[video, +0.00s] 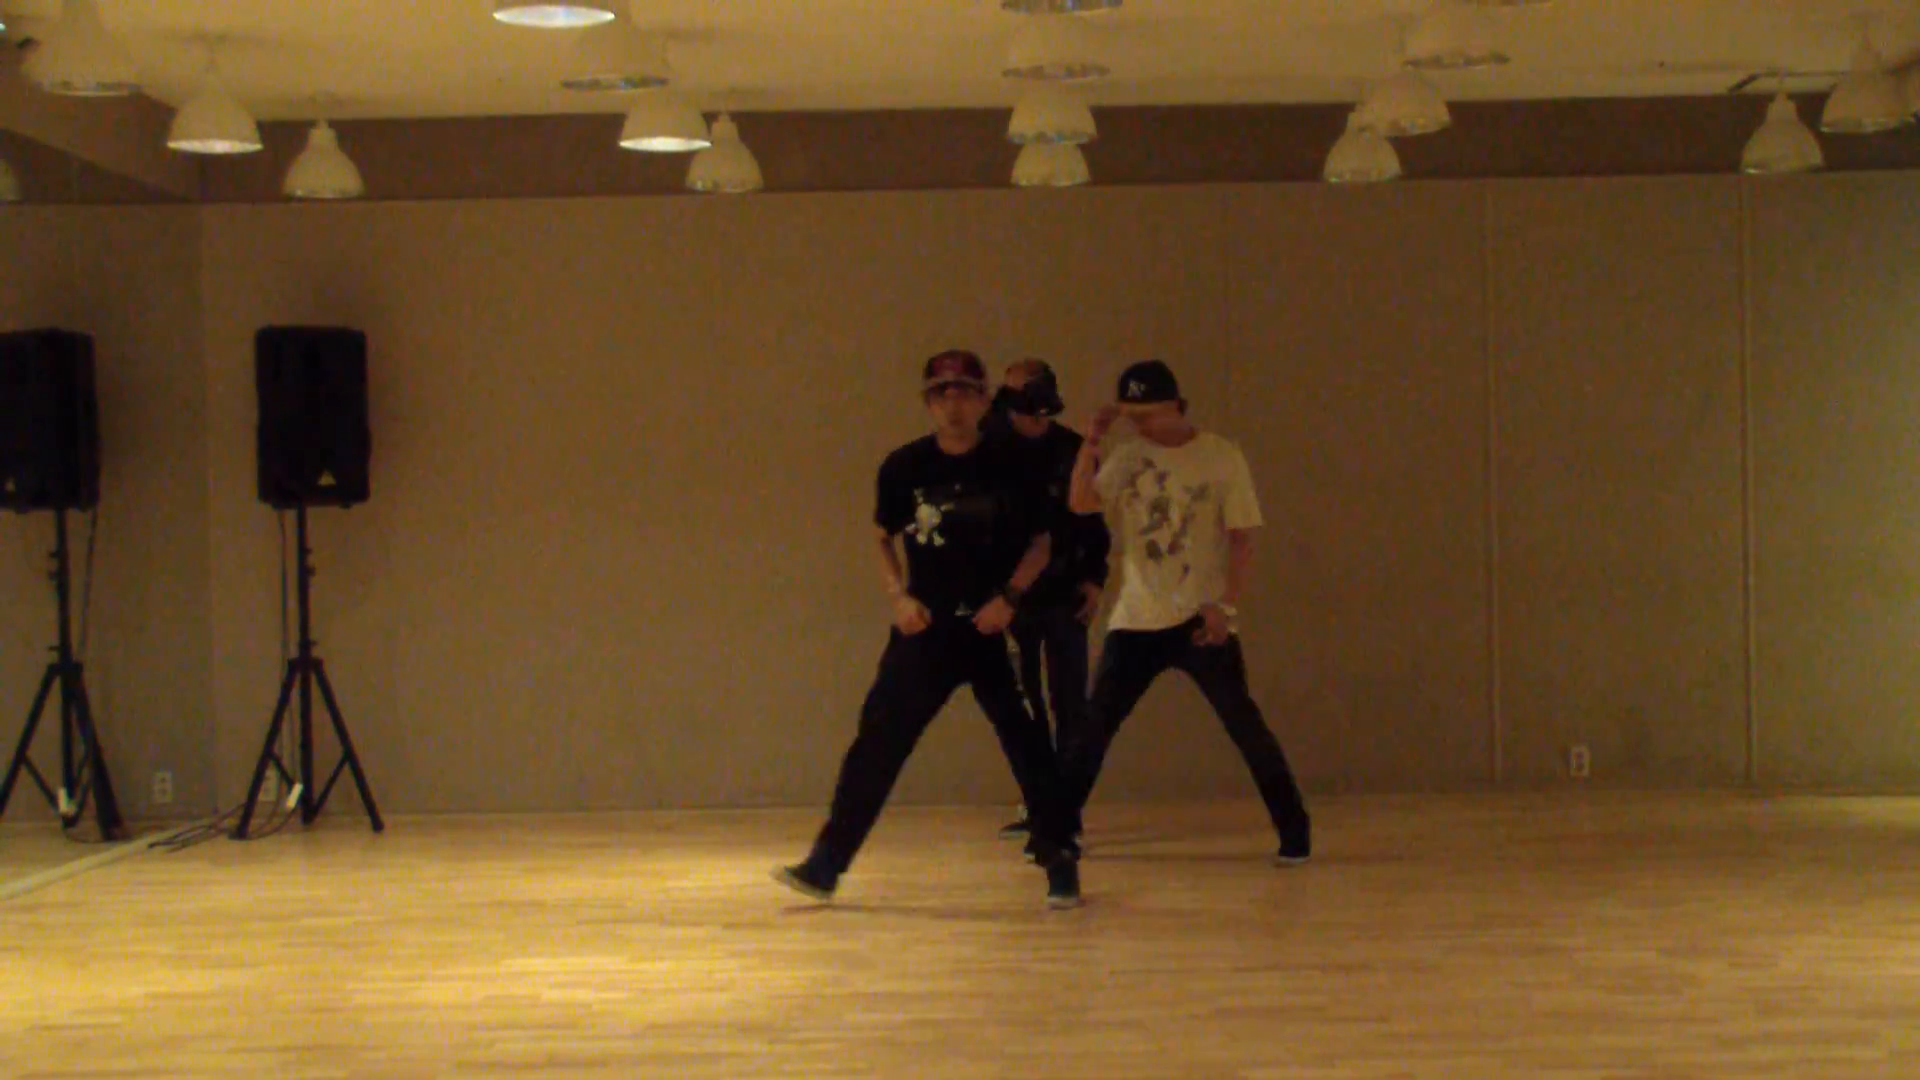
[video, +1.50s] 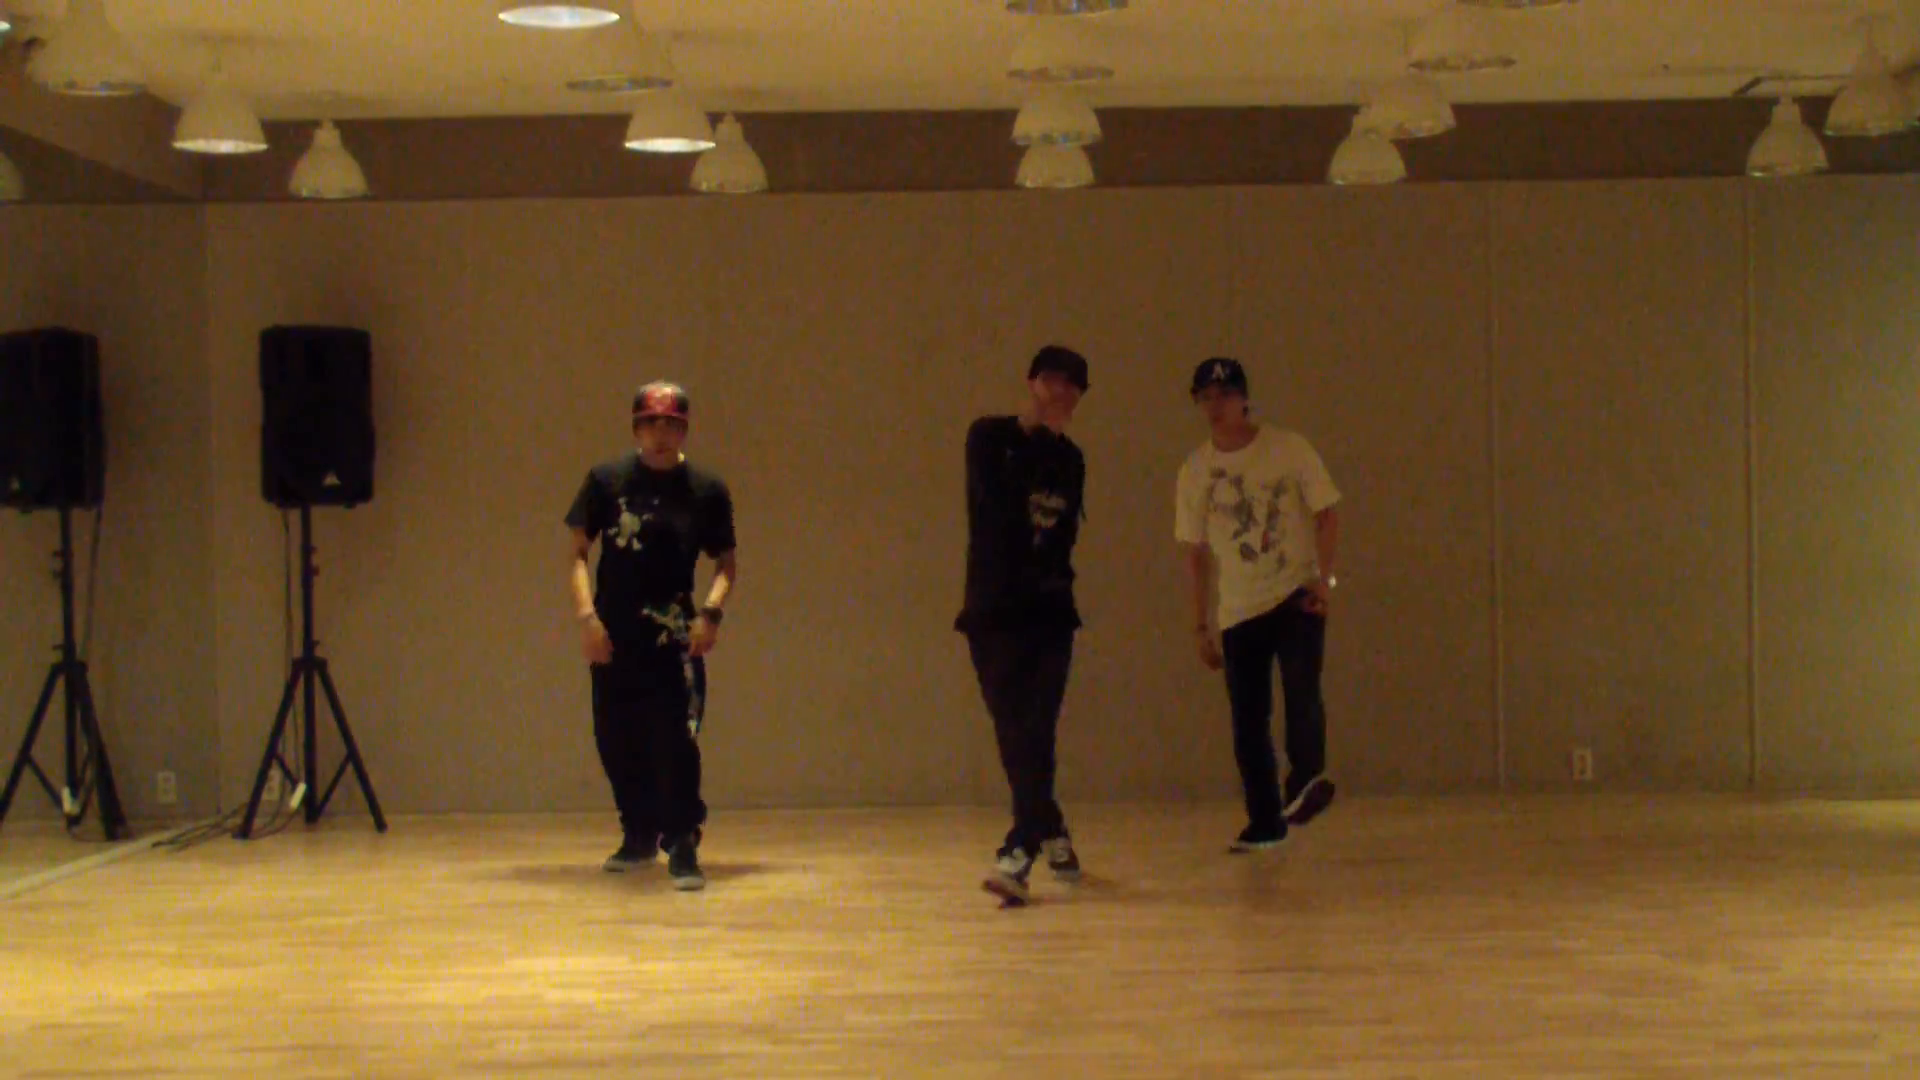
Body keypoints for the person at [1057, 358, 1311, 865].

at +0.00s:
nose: (1138, 425)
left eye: (1146, 414)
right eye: (1132, 416)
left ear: (1175, 406)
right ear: (1127, 414)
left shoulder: (1221, 456)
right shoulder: (1129, 456)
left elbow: (1243, 539)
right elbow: (1080, 502)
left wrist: (1227, 605)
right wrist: (1093, 442)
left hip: (1200, 621)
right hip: (1135, 624)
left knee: (1245, 726)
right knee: (1094, 726)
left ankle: (1293, 829)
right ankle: (1057, 832)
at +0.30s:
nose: (1196, 412)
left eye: (1201, 402)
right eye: (1195, 402)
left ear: (1228, 402)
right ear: (1221, 404)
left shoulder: (1282, 457)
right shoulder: (1215, 452)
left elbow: (1311, 546)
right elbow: (1205, 509)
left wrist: (1274, 610)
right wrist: (1161, 530)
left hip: (1255, 617)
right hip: (1201, 612)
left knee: (1273, 728)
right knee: (1169, 715)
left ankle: (1296, 834)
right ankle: (1146, 817)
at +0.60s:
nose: (1216, 408)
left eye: (1220, 397)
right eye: (1214, 398)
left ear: (1245, 393)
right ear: (1242, 394)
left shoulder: (1292, 446)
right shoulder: (1245, 449)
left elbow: (1312, 540)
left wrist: (1277, 609)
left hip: (1272, 614)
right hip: (1229, 611)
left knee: (1278, 722)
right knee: (1228, 721)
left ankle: (1298, 832)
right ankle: (1230, 825)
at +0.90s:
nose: (1217, 407)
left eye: (1221, 396)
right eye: (1214, 397)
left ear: (1249, 389)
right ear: (1237, 393)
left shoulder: (1291, 432)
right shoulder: (1258, 445)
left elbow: (1301, 512)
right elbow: (1256, 524)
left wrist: (1274, 585)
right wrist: (1229, 585)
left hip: (1277, 604)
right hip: (1238, 604)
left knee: (1282, 712)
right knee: (1225, 706)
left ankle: (1301, 828)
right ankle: (1268, 800)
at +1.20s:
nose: (1208, 424)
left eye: (1216, 413)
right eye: (1202, 416)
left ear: (1244, 408)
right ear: (1202, 417)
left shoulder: (1287, 447)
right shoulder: (1226, 472)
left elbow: (1315, 515)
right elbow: (1232, 554)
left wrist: (1289, 580)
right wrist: (1204, 605)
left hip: (1282, 604)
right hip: (1234, 610)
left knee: (1283, 714)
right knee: (1237, 717)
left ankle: (1299, 829)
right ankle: (1263, 814)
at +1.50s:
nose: (1217, 406)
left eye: (1226, 395)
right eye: (1208, 399)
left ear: (1245, 399)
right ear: (1199, 405)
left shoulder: (1289, 448)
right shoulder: (1196, 470)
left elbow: (1327, 511)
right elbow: (1195, 553)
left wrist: (1324, 577)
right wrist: (1200, 625)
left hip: (1296, 596)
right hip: (1238, 609)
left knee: (1302, 692)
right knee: (1248, 720)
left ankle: (1305, 783)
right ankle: (1264, 822)